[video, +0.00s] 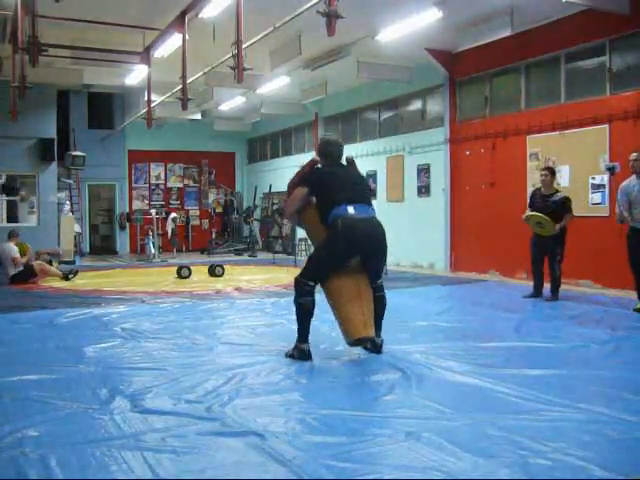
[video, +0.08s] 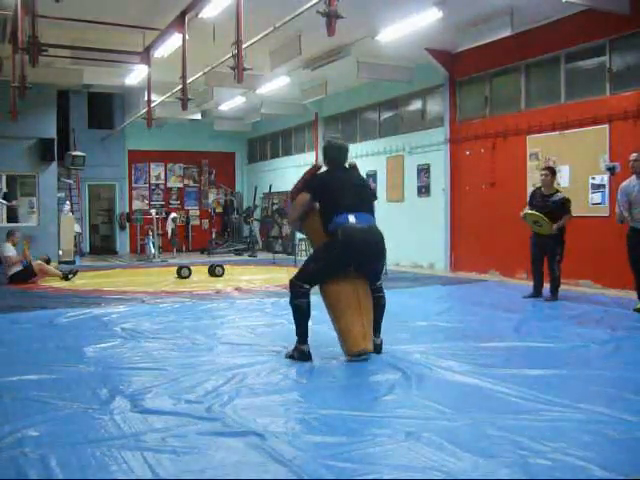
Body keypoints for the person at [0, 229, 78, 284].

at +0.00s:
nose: (18, 240)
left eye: (18, 238)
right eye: (18, 238)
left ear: (9, 237)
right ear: (15, 238)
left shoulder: (5, 246)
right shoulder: (11, 247)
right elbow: (18, 262)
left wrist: (25, 257)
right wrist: (27, 256)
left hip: (11, 275)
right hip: (14, 276)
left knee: (40, 266)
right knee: (40, 265)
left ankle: (63, 274)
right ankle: (63, 275)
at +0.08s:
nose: (18, 240)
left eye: (18, 238)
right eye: (16, 238)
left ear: (12, 238)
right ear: (11, 238)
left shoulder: (10, 247)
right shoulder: (7, 247)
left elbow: (13, 261)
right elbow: (9, 261)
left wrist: (24, 257)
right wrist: (22, 258)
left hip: (18, 273)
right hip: (14, 276)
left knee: (40, 265)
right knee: (39, 265)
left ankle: (63, 274)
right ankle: (63, 275)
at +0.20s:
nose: (15, 240)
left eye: (16, 238)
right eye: (14, 238)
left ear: (15, 238)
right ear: (8, 237)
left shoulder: (16, 247)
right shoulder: (4, 247)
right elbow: (4, 260)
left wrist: (26, 255)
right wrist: (17, 256)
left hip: (21, 272)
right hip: (13, 275)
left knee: (44, 269)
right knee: (38, 264)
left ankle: (63, 275)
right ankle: (62, 275)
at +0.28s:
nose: (14, 238)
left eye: (15, 236)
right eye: (12, 236)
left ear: (17, 237)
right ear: (9, 238)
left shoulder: (19, 247)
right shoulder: (5, 247)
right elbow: (2, 257)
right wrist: (8, 253)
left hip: (23, 273)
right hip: (13, 275)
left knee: (45, 269)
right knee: (39, 264)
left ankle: (64, 274)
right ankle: (62, 275)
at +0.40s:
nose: (15, 240)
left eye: (16, 238)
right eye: (13, 238)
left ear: (20, 238)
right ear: (10, 239)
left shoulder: (23, 249)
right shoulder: (6, 249)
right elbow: (2, 258)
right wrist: (6, 254)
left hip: (24, 273)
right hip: (13, 275)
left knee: (45, 269)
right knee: (39, 264)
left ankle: (63, 274)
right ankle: (61, 275)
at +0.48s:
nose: (14, 239)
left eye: (16, 237)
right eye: (12, 237)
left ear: (19, 238)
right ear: (9, 238)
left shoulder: (21, 247)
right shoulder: (6, 248)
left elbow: (28, 258)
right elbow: (2, 258)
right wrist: (8, 254)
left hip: (23, 272)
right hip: (13, 275)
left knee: (46, 269)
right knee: (39, 264)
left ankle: (63, 274)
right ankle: (61, 275)